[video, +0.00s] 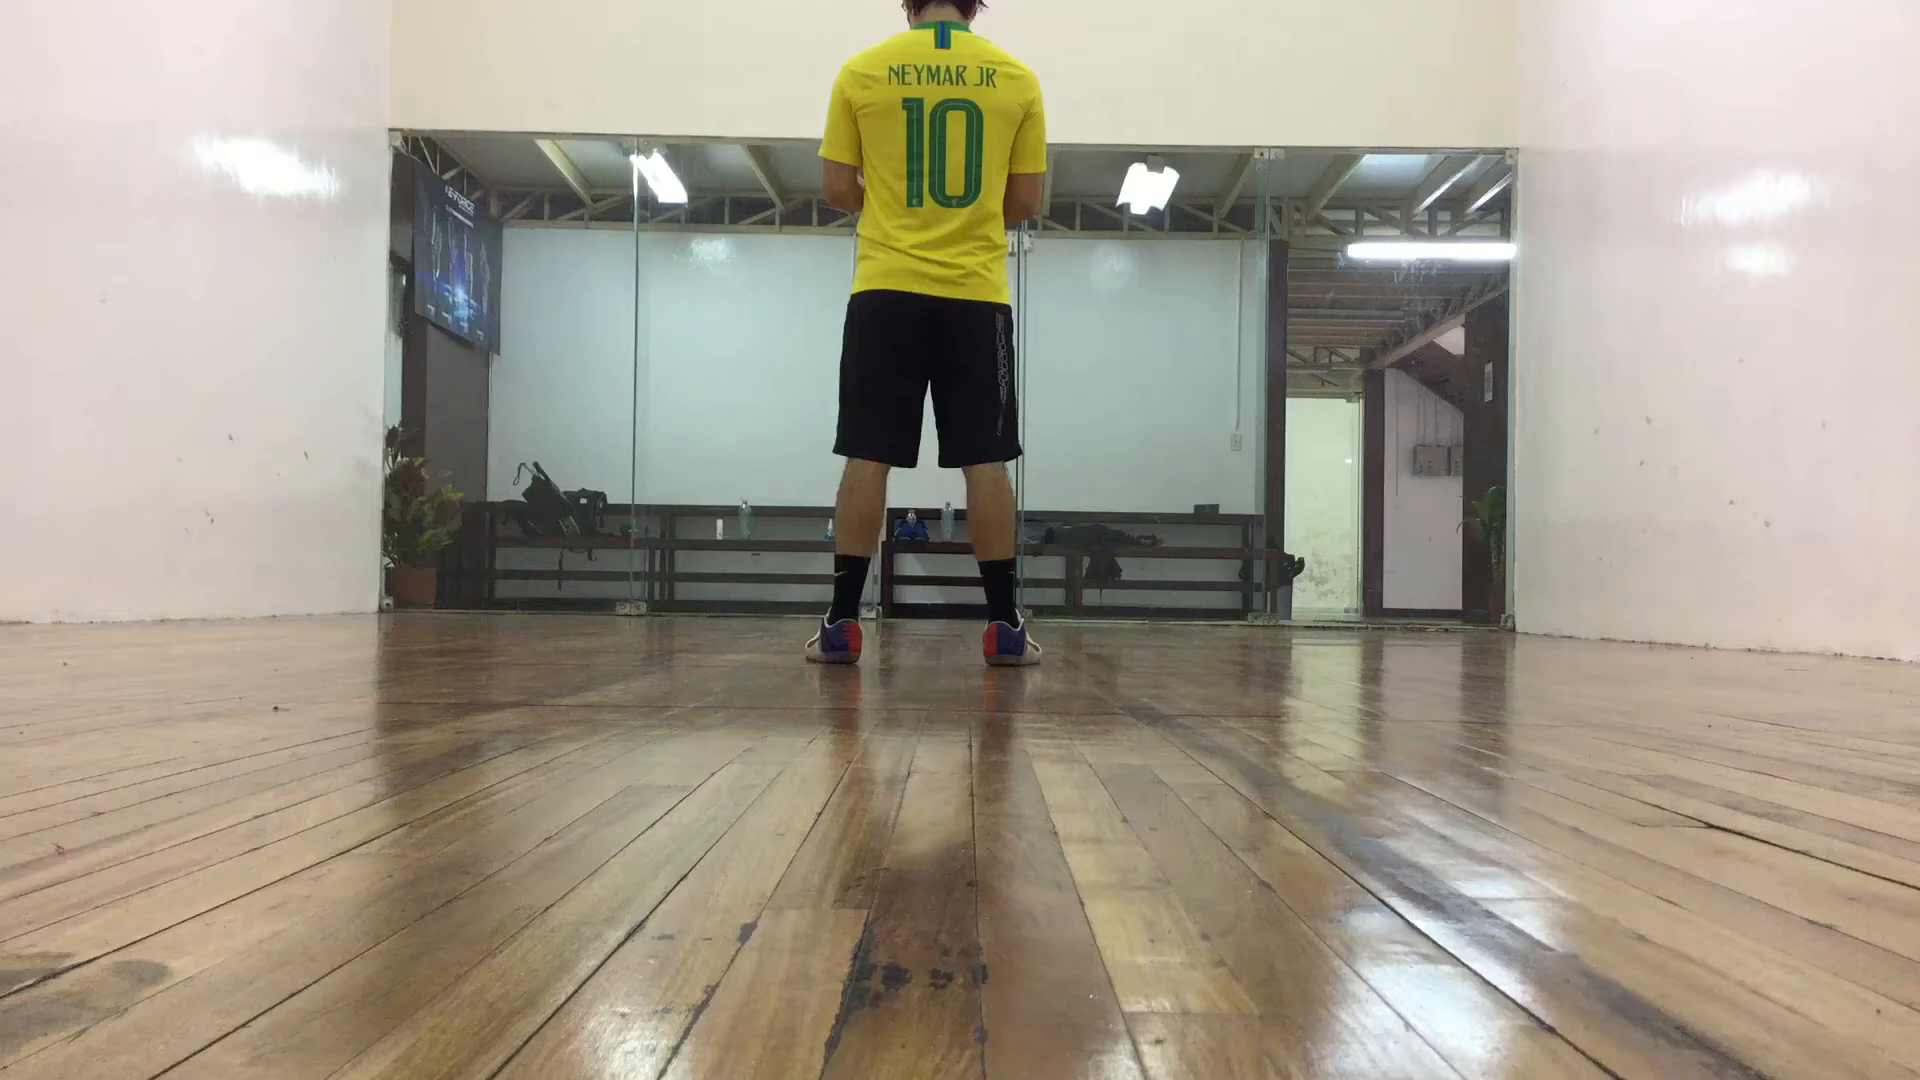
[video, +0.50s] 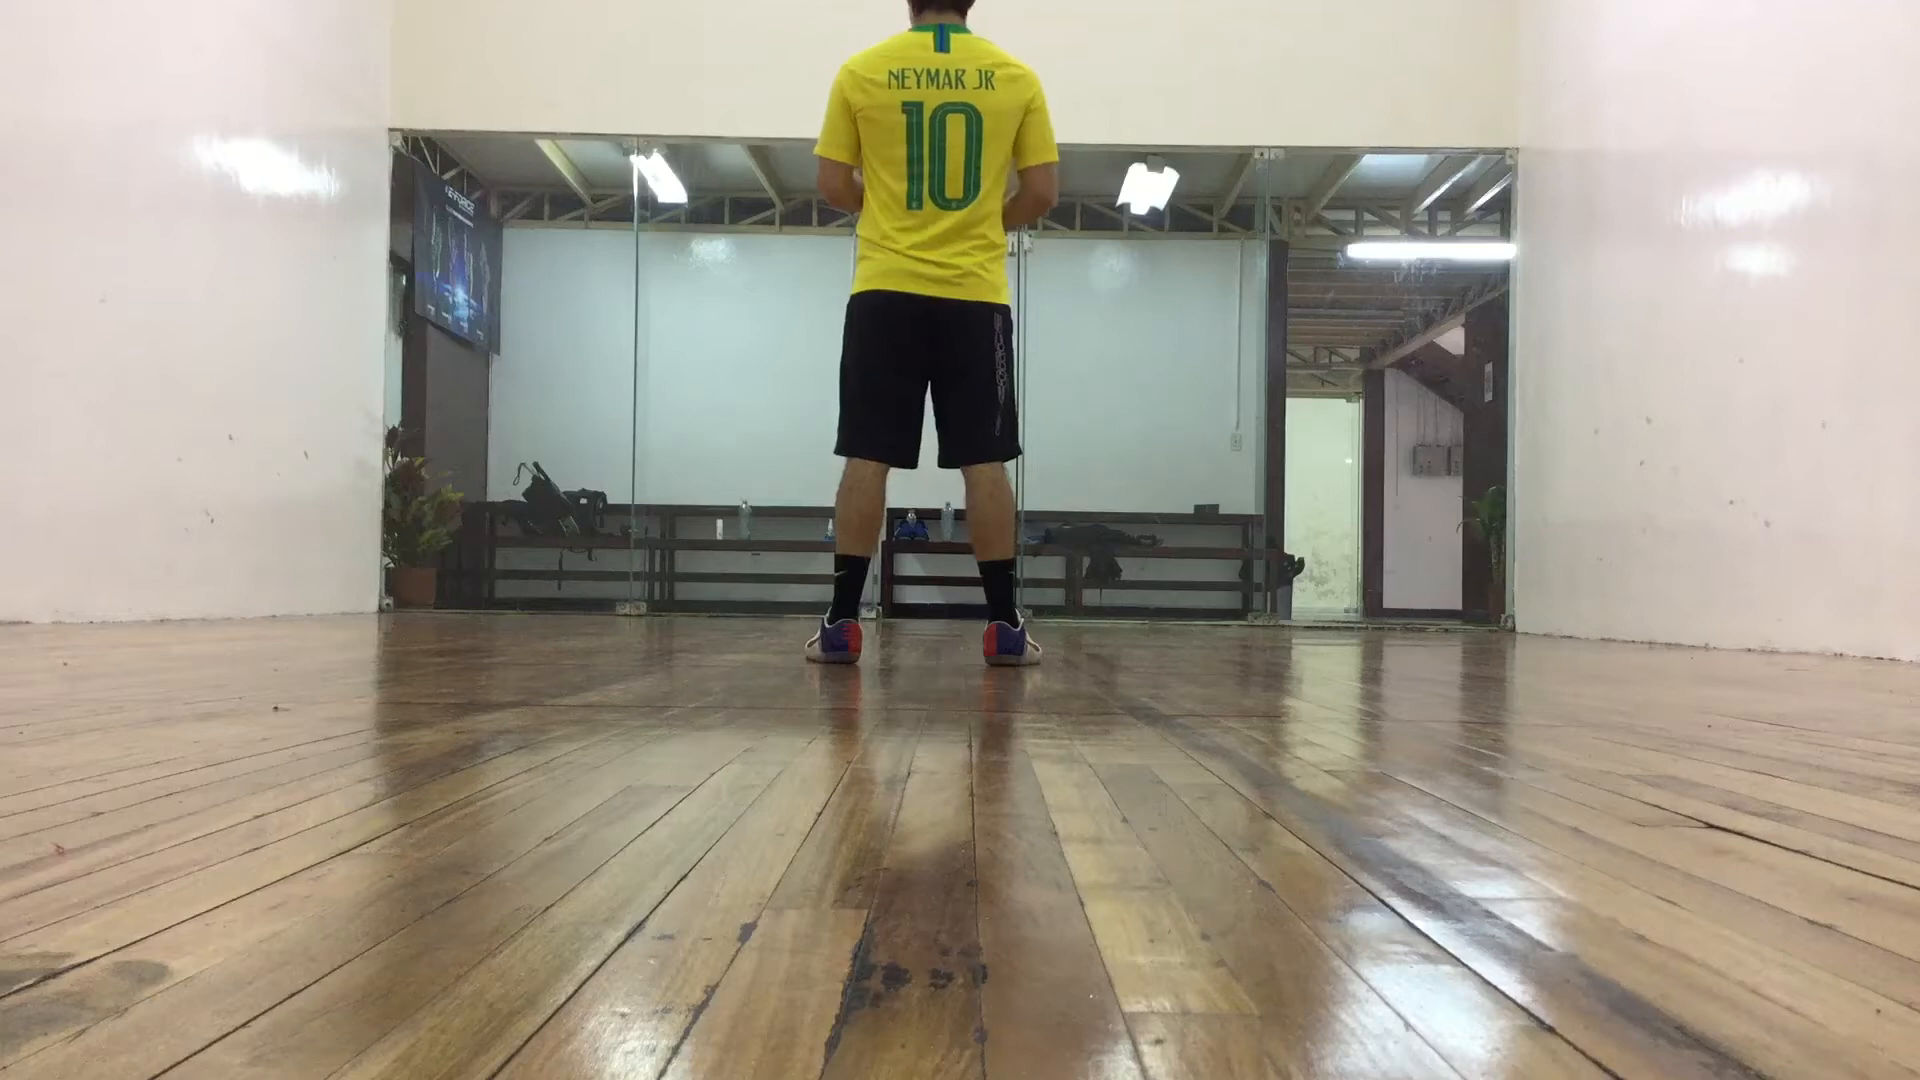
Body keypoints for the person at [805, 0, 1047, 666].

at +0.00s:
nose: (905, 15)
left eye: (904, 9)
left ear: (907, 7)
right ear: (975, 8)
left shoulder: (862, 70)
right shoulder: (1016, 79)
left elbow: (839, 191)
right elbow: (1024, 203)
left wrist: (898, 191)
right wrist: (958, 191)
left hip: (884, 299)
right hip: (975, 304)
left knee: (866, 459)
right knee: (986, 462)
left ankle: (842, 622)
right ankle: (1005, 624)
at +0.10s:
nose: (906, 16)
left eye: (905, 10)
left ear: (907, 7)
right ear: (976, 8)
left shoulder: (863, 70)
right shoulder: (1016, 78)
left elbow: (836, 188)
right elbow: (1026, 203)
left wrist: (892, 198)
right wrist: (961, 196)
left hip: (884, 299)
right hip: (975, 303)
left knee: (866, 459)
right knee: (987, 463)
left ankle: (843, 621)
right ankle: (1004, 624)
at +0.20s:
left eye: (909, 10)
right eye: (975, 10)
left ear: (908, 5)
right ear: (975, 8)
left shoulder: (863, 70)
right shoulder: (1016, 78)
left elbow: (834, 186)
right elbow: (1026, 202)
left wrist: (889, 199)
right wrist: (962, 200)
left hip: (884, 300)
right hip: (975, 304)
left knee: (866, 459)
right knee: (987, 463)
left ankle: (843, 621)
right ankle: (1004, 624)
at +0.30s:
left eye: (913, 8)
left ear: (909, 5)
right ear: (974, 7)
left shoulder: (862, 70)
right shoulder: (1015, 78)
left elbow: (834, 185)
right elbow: (1027, 201)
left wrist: (893, 201)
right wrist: (964, 208)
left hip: (884, 298)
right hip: (975, 303)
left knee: (866, 458)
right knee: (987, 463)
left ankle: (843, 621)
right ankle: (1005, 624)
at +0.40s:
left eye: (912, 8)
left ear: (909, 4)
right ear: (972, 6)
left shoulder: (861, 70)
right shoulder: (1015, 77)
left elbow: (835, 186)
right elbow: (1038, 195)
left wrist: (889, 202)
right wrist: (981, 218)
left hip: (884, 297)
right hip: (974, 302)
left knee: (866, 457)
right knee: (986, 462)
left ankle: (843, 621)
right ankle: (1004, 625)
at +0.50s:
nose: (924, 12)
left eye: (913, 6)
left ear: (909, 4)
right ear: (970, 4)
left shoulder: (861, 71)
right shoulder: (1015, 76)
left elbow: (835, 186)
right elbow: (1041, 193)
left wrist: (887, 199)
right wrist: (983, 222)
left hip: (884, 298)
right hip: (974, 303)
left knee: (866, 458)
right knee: (985, 463)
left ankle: (842, 621)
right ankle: (1005, 625)